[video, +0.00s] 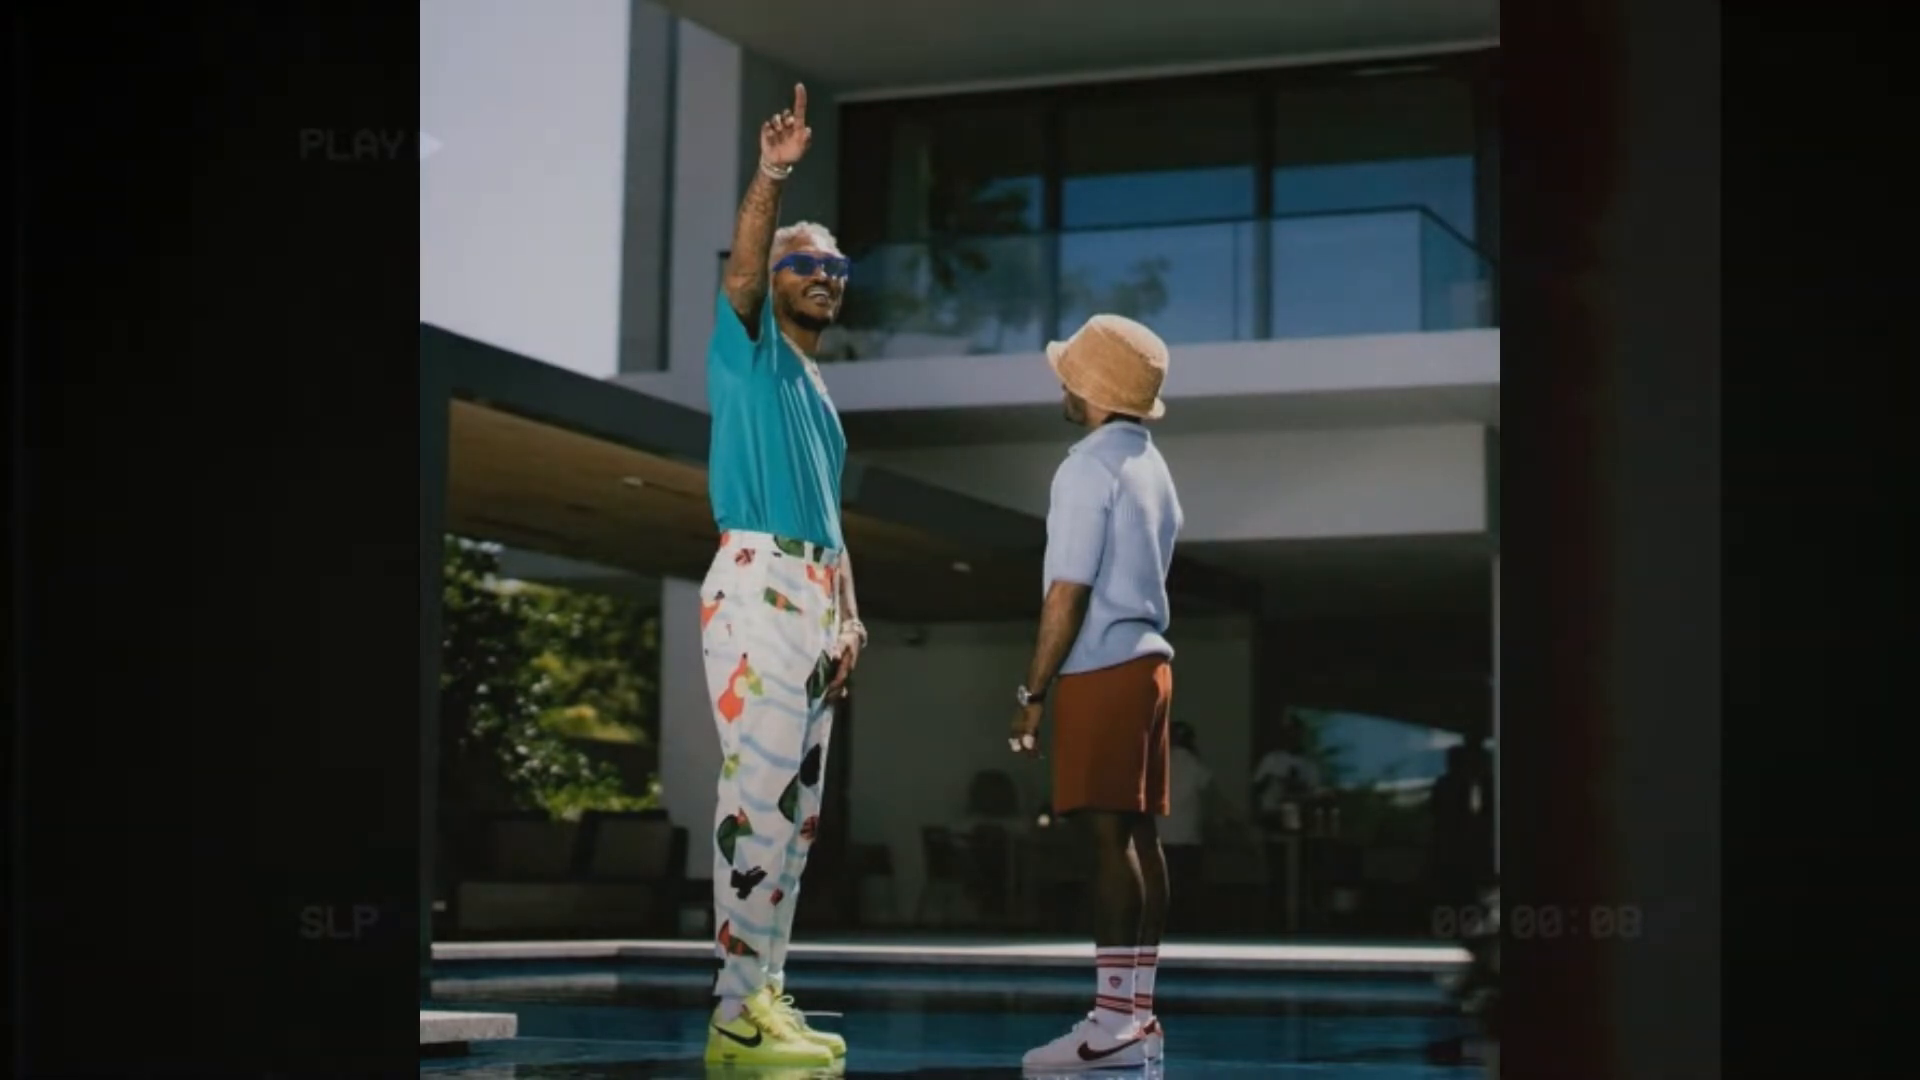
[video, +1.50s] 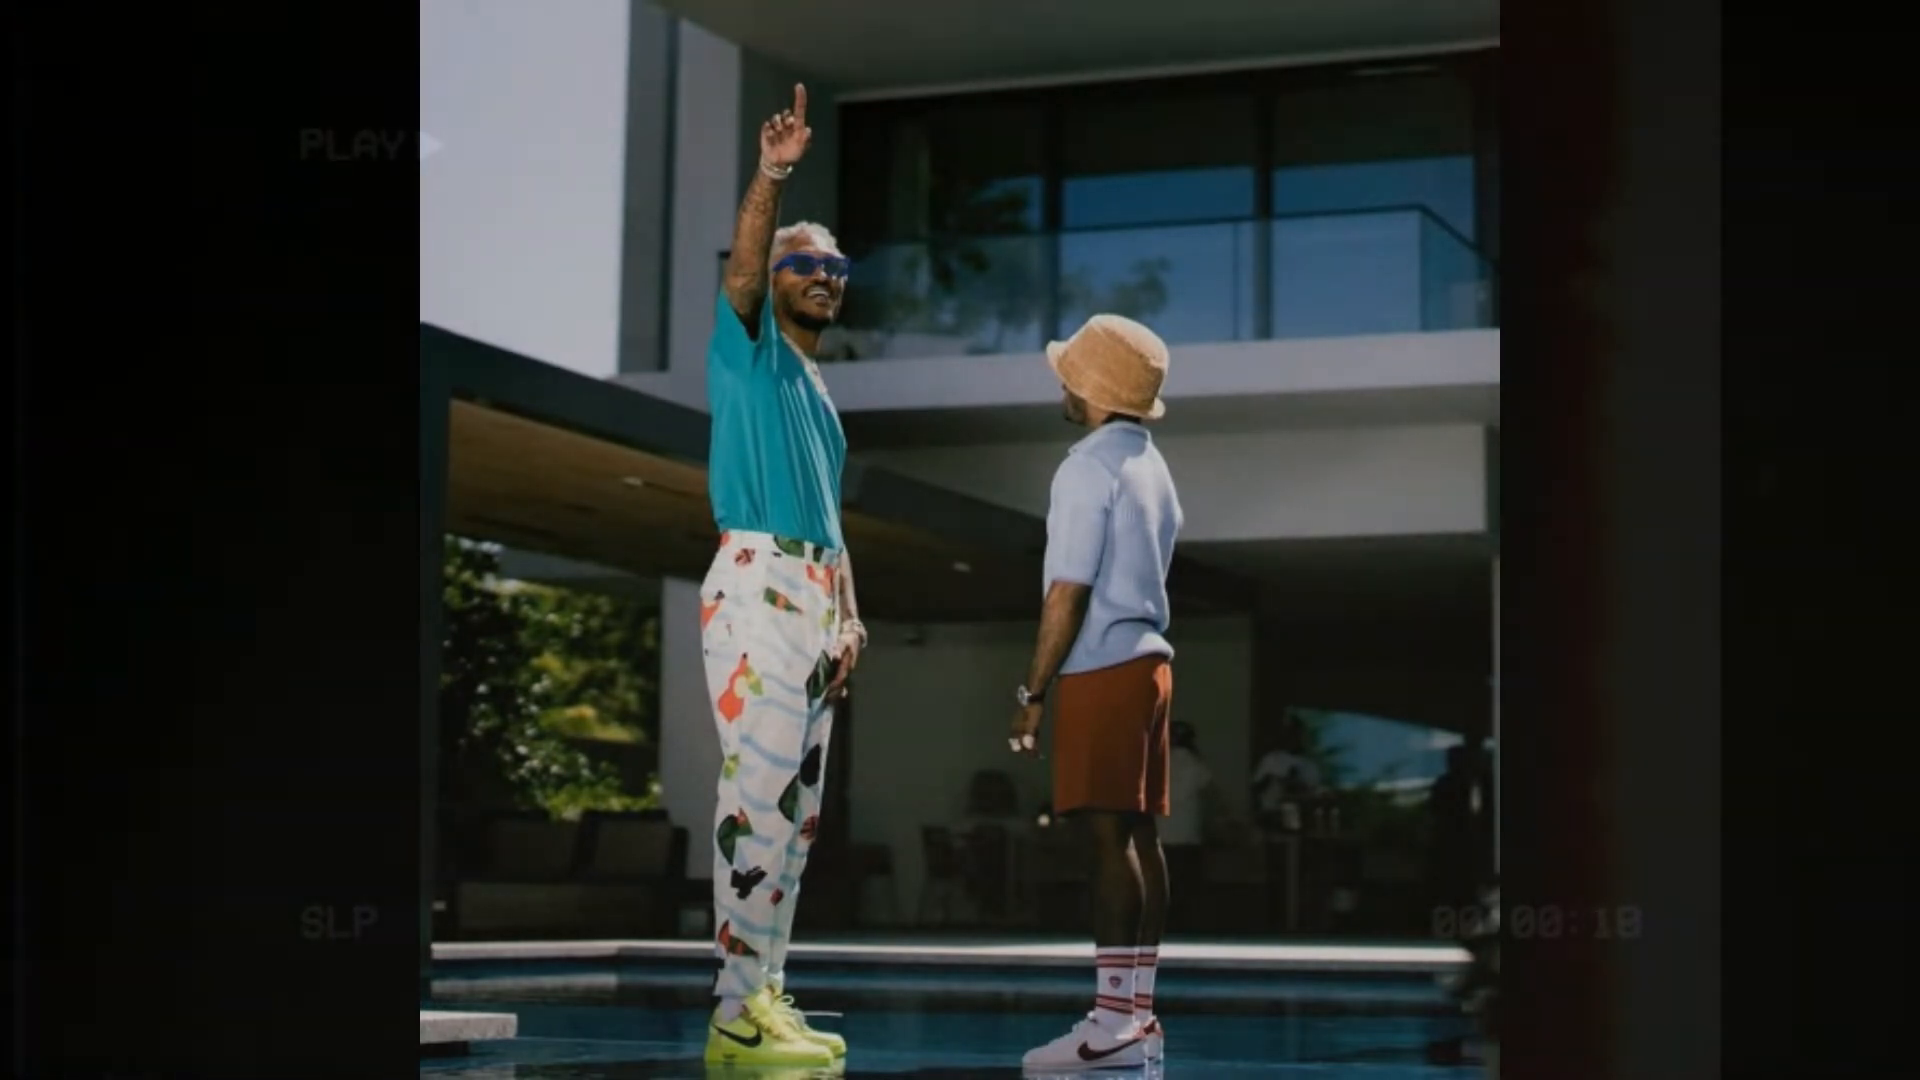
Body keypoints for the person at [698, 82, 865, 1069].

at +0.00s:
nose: (823, 282)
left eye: (834, 273)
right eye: (805, 268)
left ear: (842, 293)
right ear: (770, 278)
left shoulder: (819, 395)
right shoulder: (744, 344)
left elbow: (828, 520)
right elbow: (744, 266)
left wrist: (847, 612)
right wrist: (770, 173)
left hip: (814, 590)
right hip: (756, 582)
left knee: (794, 798)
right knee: (759, 793)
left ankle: (759, 1000)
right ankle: (745, 1006)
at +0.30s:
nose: (823, 283)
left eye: (834, 273)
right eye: (805, 268)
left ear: (842, 292)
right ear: (770, 278)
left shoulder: (819, 395)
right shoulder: (744, 344)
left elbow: (828, 520)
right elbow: (744, 266)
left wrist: (847, 612)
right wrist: (770, 173)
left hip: (814, 590)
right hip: (756, 582)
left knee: (794, 798)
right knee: (759, 792)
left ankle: (759, 1001)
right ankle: (745, 1006)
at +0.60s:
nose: (823, 283)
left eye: (834, 273)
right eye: (805, 268)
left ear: (842, 293)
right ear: (770, 279)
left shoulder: (819, 395)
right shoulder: (744, 344)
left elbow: (828, 520)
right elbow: (744, 266)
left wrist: (847, 612)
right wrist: (770, 173)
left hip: (814, 590)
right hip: (756, 582)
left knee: (795, 797)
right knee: (759, 791)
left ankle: (758, 1001)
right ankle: (746, 1004)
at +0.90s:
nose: (822, 282)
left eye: (833, 273)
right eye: (805, 268)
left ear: (841, 293)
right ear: (770, 279)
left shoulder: (819, 395)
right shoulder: (744, 344)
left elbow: (827, 521)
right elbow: (744, 267)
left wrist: (847, 612)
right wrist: (770, 173)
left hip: (814, 590)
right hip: (756, 582)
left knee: (794, 798)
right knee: (759, 791)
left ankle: (756, 1004)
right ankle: (747, 1003)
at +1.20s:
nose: (823, 282)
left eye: (833, 273)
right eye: (805, 268)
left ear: (841, 292)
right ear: (770, 279)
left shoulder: (818, 395)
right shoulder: (744, 344)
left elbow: (827, 520)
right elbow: (743, 267)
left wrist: (847, 613)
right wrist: (770, 173)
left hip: (814, 590)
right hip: (756, 582)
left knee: (794, 798)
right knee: (759, 790)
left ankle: (754, 1005)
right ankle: (748, 1001)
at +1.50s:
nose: (823, 283)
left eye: (834, 273)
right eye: (806, 268)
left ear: (841, 292)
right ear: (770, 277)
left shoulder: (818, 393)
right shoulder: (744, 342)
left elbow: (827, 519)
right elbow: (744, 267)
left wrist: (847, 612)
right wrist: (770, 173)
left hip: (814, 590)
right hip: (756, 582)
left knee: (794, 798)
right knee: (759, 791)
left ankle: (756, 1003)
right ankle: (747, 1003)